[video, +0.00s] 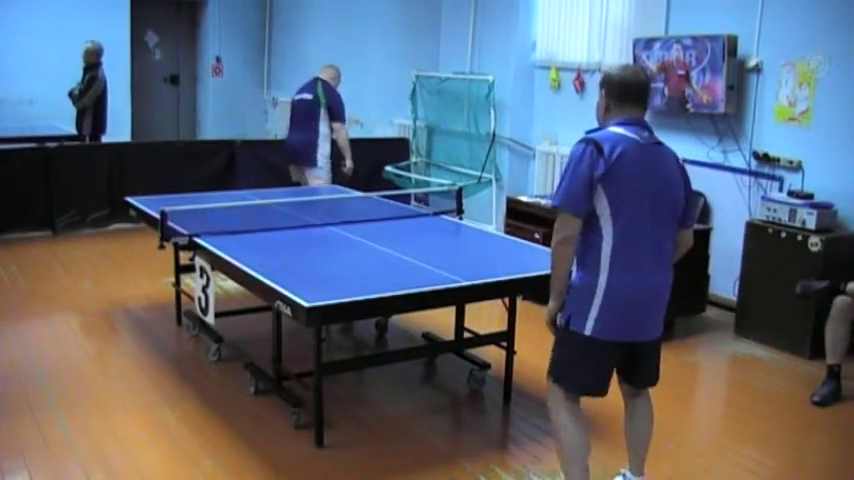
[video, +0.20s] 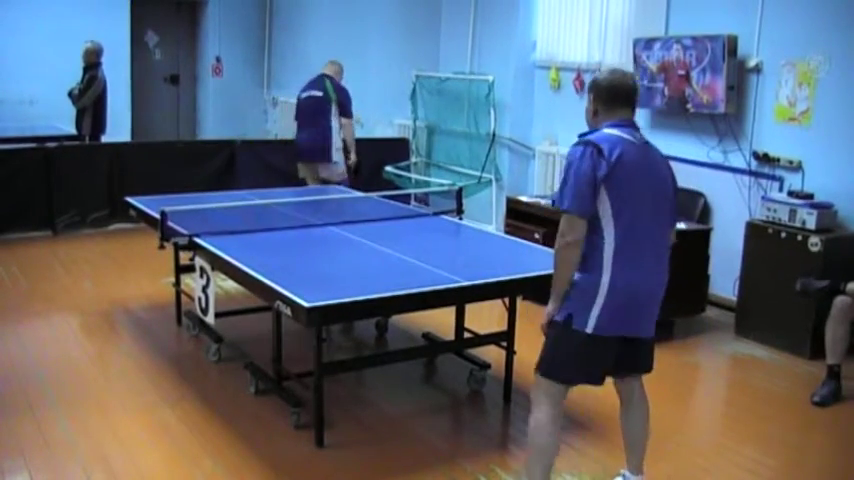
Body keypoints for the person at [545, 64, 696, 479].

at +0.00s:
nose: (597, 104)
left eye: (599, 98)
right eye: (601, 98)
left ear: (604, 100)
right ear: (644, 104)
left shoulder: (595, 149)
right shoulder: (670, 159)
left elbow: (565, 232)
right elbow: (684, 239)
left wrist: (556, 296)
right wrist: (648, 268)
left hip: (598, 302)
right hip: (650, 303)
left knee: (561, 392)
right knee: (637, 389)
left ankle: (576, 476)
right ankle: (635, 474)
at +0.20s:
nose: (585, 108)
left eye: (587, 101)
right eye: (589, 101)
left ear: (593, 104)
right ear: (633, 107)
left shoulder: (591, 150)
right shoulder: (658, 160)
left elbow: (571, 235)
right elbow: (667, 235)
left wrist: (556, 298)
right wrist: (635, 286)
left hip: (593, 302)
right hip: (643, 306)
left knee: (548, 388)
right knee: (630, 382)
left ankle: (535, 474)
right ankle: (635, 473)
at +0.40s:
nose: (560, 111)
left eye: (561, 105)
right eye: (563, 105)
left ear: (566, 107)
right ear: (605, 108)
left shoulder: (559, 155)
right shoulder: (635, 161)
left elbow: (540, 243)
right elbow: (645, 238)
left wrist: (541, 305)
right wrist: (620, 287)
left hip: (575, 308)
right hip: (627, 308)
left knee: (534, 403)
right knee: (624, 388)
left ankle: (509, 475)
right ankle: (632, 474)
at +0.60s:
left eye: (527, 100)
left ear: (528, 104)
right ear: (572, 102)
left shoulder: (516, 156)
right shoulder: (605, 158)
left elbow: (493, 243)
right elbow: (624, 234)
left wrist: (494, 304)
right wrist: (595, 272)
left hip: (536, 306)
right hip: (595, 304)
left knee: (501, 396)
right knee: (609, 388)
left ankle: (497, 476)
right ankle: (625, 474)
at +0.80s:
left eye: (508, 93)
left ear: (508, 97)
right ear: (554, 96)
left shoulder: (492, 152)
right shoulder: (587, 154)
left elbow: (461, 237)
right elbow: (608, 230)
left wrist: (450, 302)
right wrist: (581, 272)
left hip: (513, 307)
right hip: (575, 305)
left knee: (497, 401)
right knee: (586, 391)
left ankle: (495, 476)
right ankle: (595, 475)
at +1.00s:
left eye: (508, 91)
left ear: (508, 95)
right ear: (555, 95)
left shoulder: (490, 151)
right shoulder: (584, 154)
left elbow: (453, 235)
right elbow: (604, 229)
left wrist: (434, 300)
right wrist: (585, 274)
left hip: (506, 308)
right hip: (567, 306)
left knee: (494, 400)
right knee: (577, 392)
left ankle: (495, 476)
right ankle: (587, 475)